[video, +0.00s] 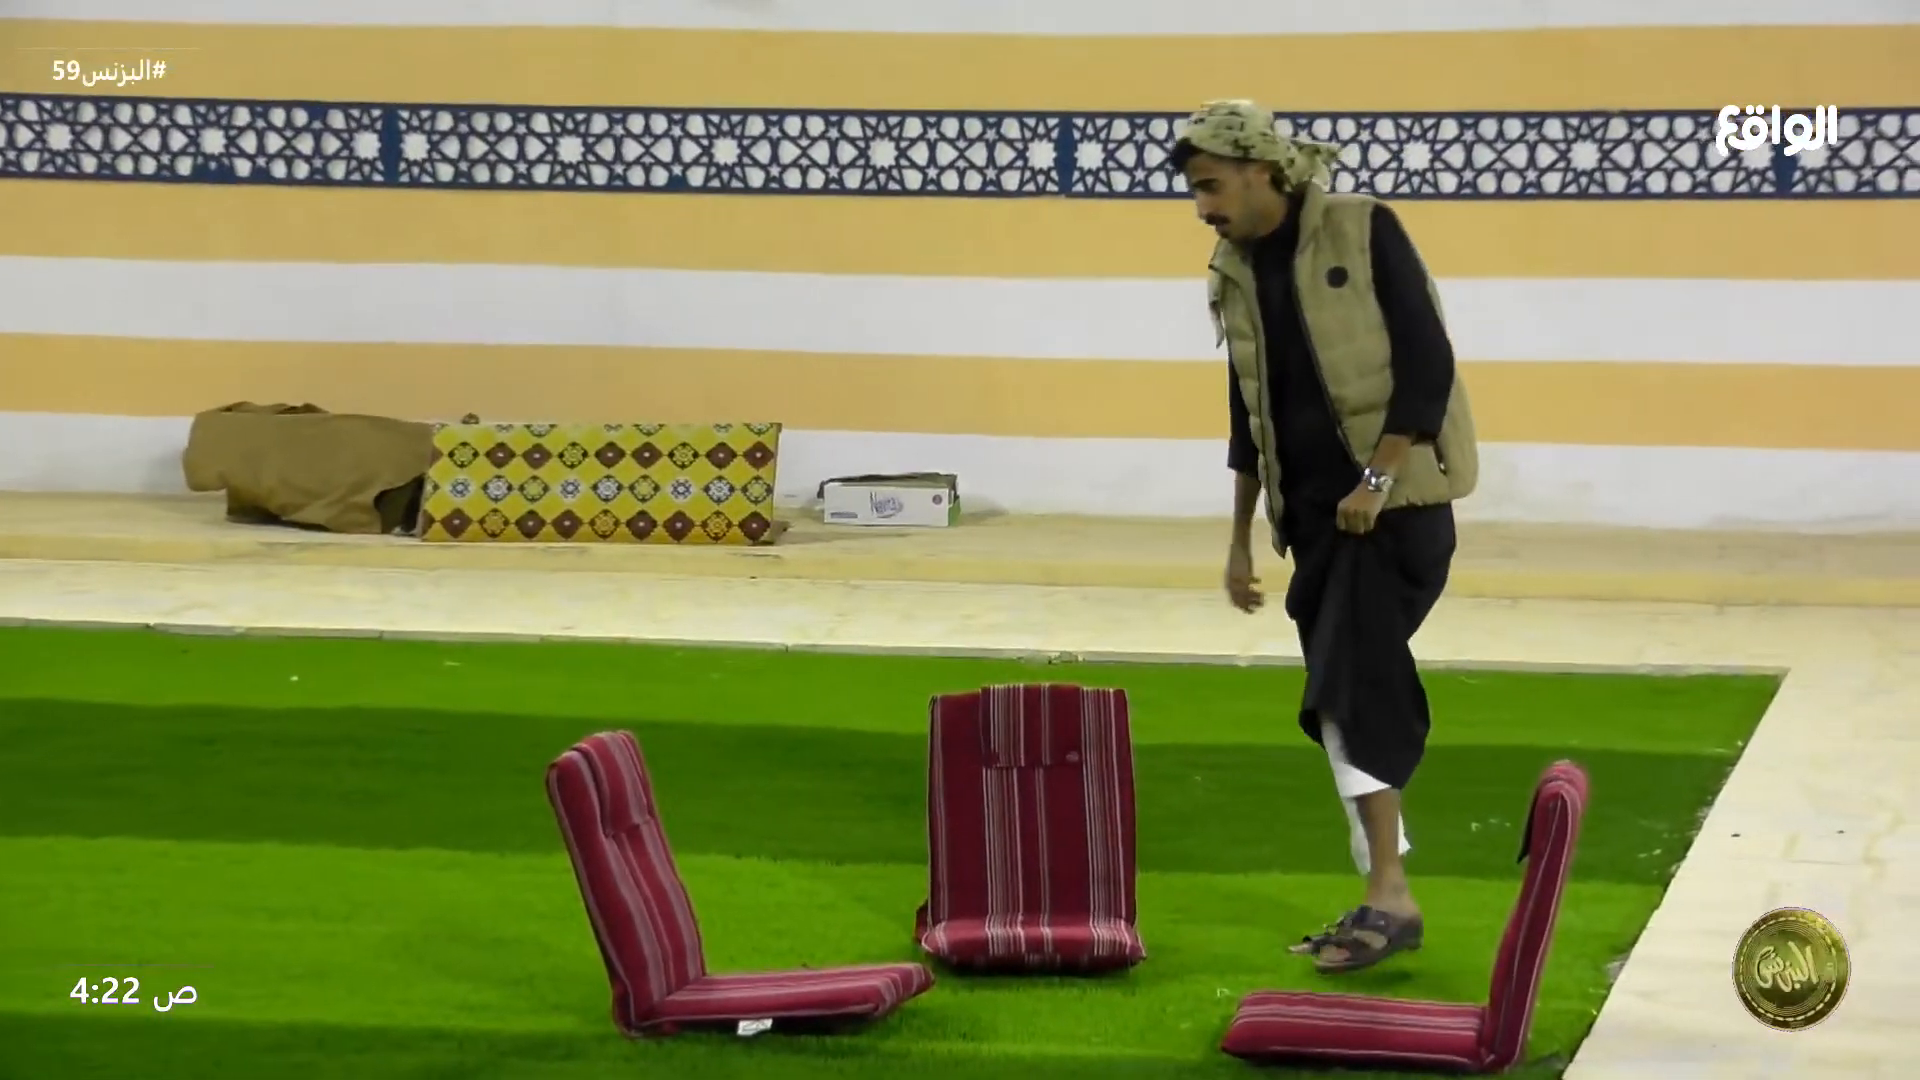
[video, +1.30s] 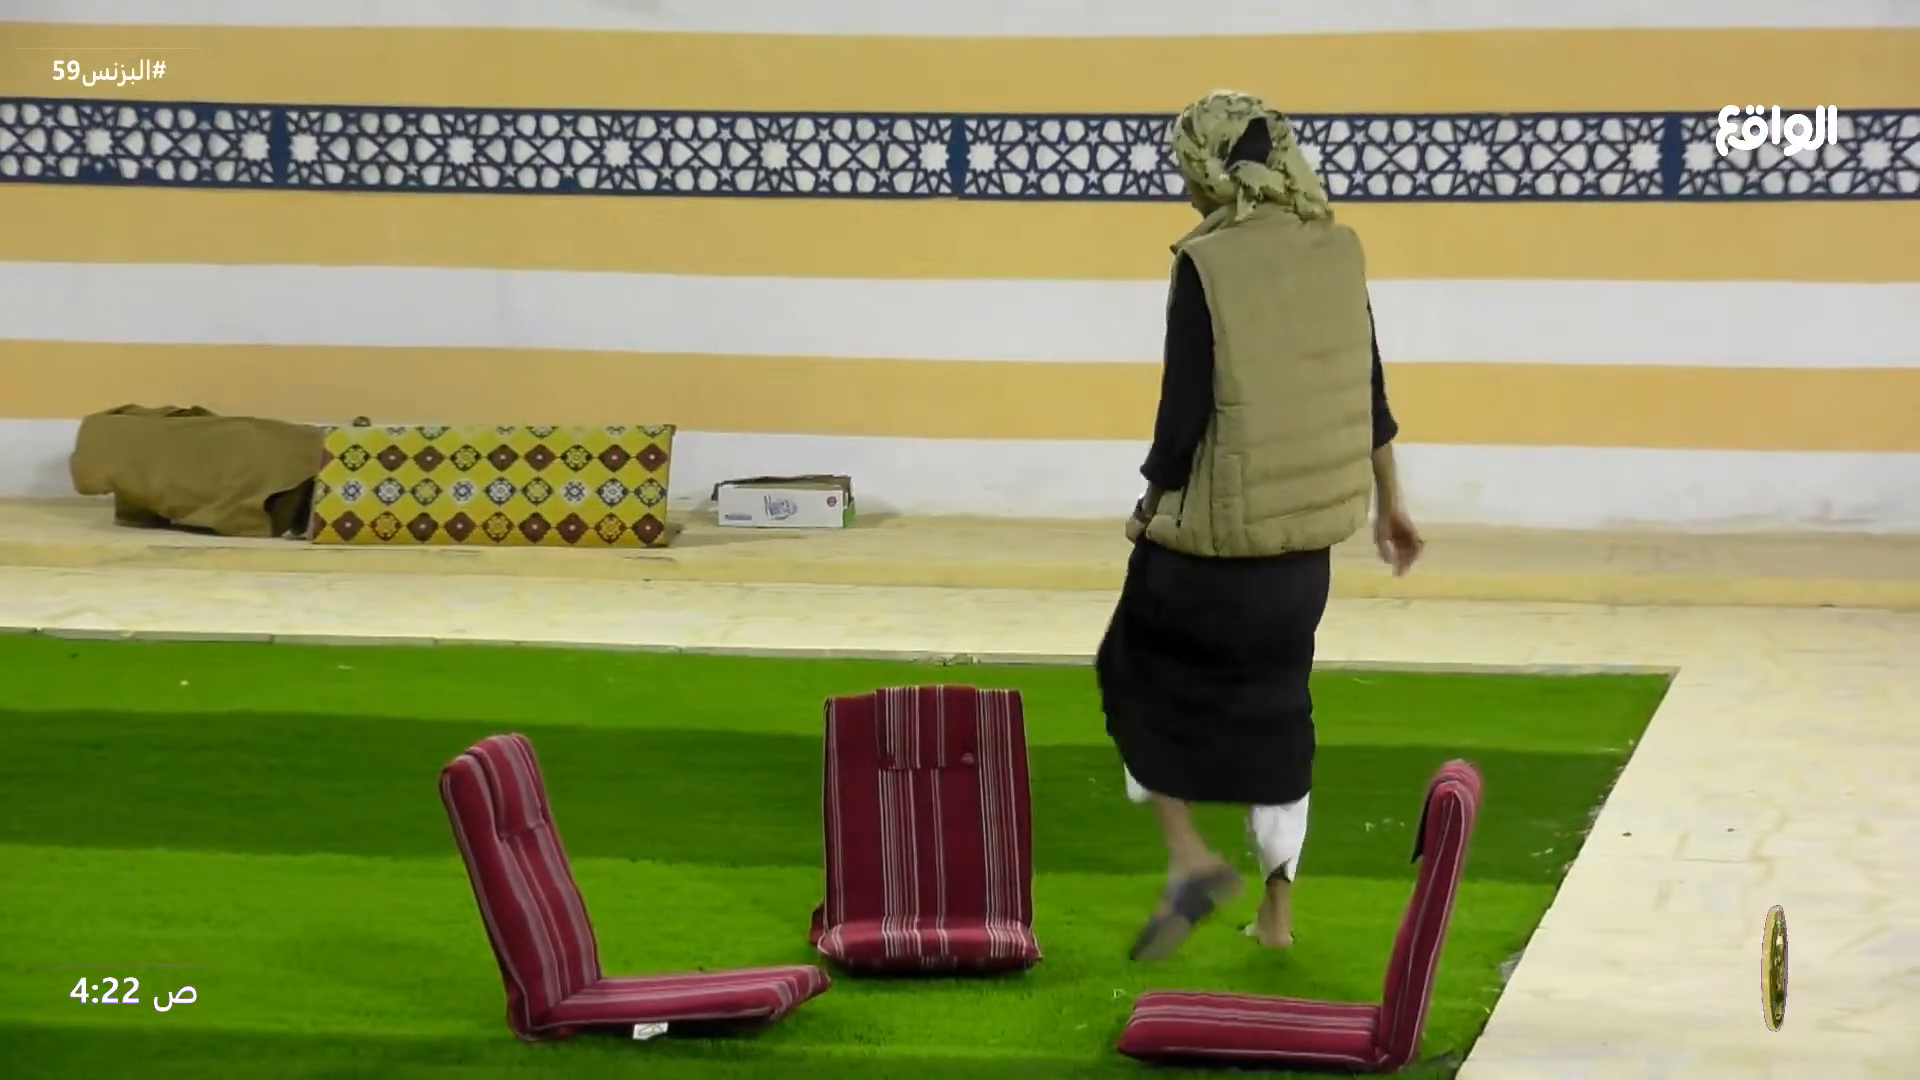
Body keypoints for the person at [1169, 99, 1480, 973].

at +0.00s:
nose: (1201, 204)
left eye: (1212, 185)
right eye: (1194, 188)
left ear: (1267, 174)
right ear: (1219, 186)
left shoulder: (1363, 229)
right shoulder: (1234, 273)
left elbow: (1429, 361)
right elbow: (1248, 407)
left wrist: (1380, 477)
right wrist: (1241, 534)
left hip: (1396, 501)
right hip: (1314, 516)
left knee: (1350, 678)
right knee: (1338, 696)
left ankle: (1390, 897)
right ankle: (1378, 904)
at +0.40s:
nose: (1140, 227)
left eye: (1146, 210)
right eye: (1136, 212)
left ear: (1196, 197)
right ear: (1192, 201)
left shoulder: (1273, 263)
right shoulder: (1210, 270)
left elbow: (1316, 397)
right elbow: (1234, 399)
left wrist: (1277, 506)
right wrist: (1226, 490)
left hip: (1327, 531)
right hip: (1287, 531)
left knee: (1291, 716)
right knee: (1308, 708)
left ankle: (1308, 919)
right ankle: (1341, 896)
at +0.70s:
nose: (1128, 200)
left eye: (1128, 184)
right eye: (1123, 185)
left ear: (1160, 179)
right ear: (1210, 157)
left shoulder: (1196, 262)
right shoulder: (1284, 221)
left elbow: (1205, 409)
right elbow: (1290, 353)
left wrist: (1193, 504)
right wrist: (1199, 412)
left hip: (1252, 511)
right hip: (1322, 483)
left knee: (1253, 696)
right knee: (1241, 643)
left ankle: (1270, 920)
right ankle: (1246, 799)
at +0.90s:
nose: (1139, 183)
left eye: (1142, 166)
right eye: (1138, 166)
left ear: (1169, 165)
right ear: (1229, 150)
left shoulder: (1183, 258)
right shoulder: (1298, 231)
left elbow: (1180, 403)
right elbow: (1334, 367)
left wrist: (1160, 501)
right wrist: (1298, 456)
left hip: (1221, 520)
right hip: (1297, 501)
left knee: (1231, 704)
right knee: (1272, 640)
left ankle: (1255, 919)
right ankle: (1271, 793)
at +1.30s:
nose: (1183, 180)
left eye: (1188, 165)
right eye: (1184, 164)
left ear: (1208, 169)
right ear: (1280, 154)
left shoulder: (1205, 260)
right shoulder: (1337, 249)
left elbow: (1187, 401)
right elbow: (1371, 387)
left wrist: (1154, 499)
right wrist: (1390, 500)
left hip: (1210, 537)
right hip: (1307, 535)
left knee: (1129, 670)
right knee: (1282, 704)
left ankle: (1188, 857)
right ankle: (1277, 917)